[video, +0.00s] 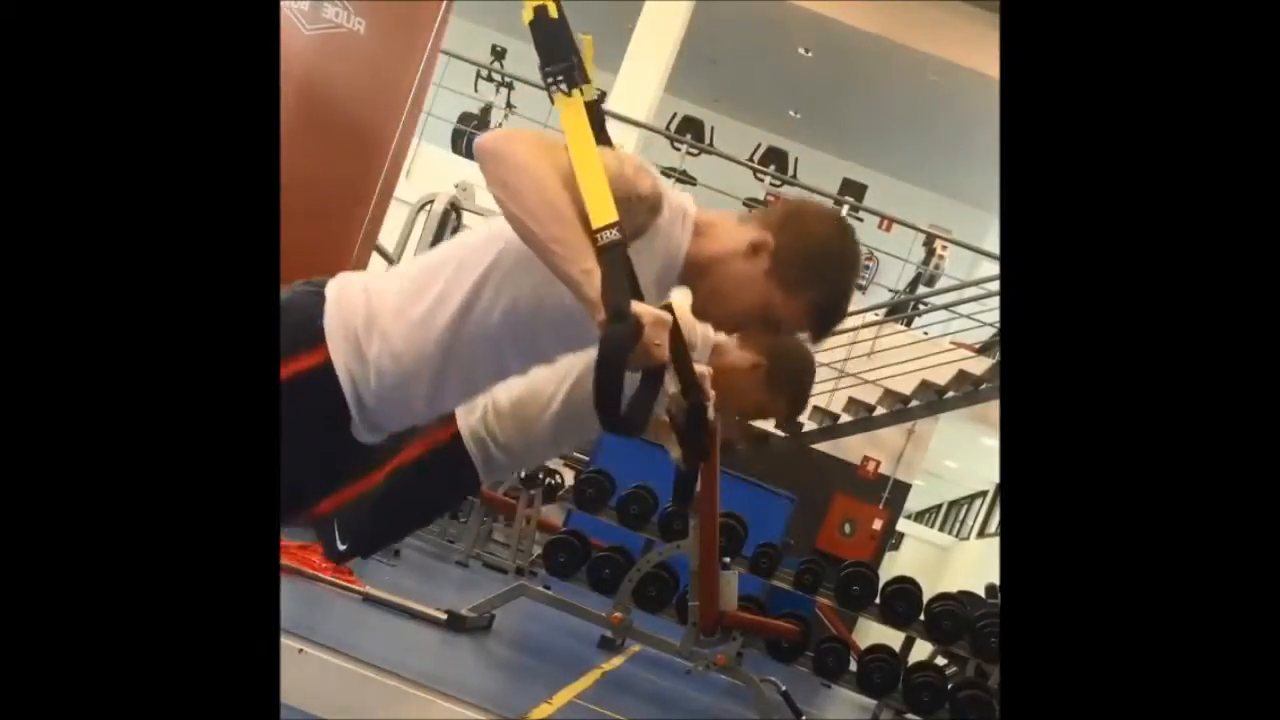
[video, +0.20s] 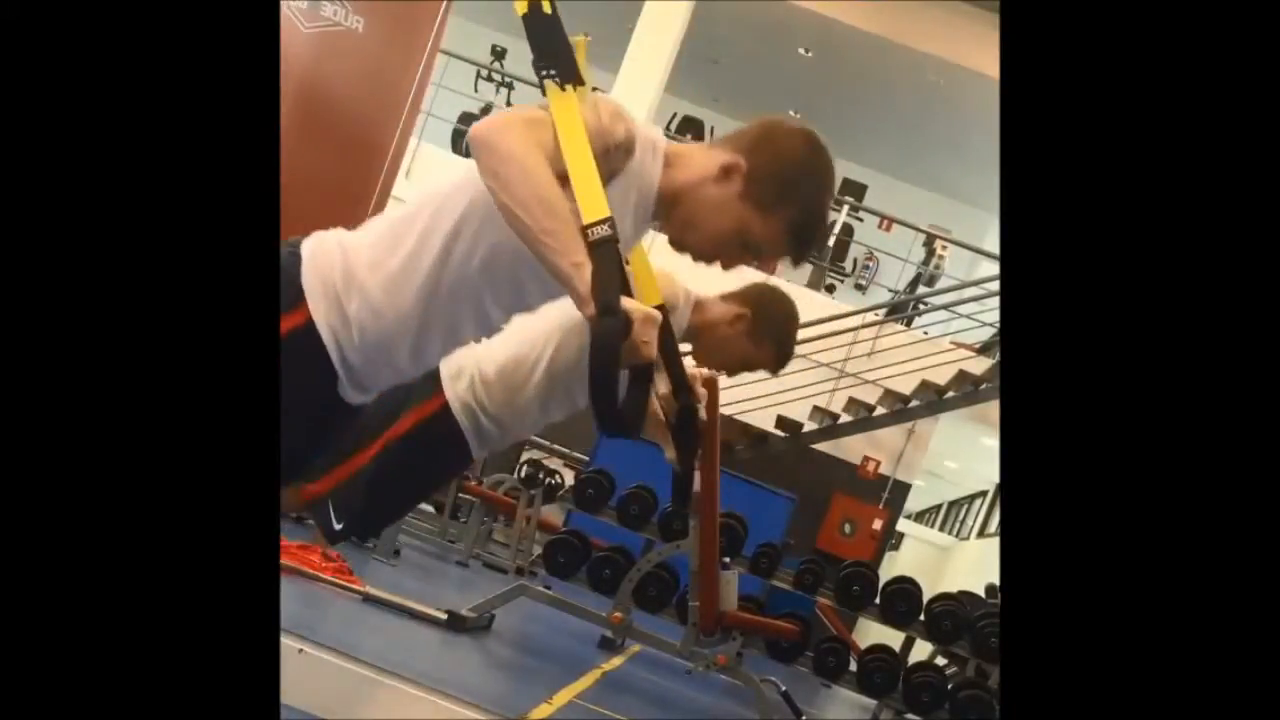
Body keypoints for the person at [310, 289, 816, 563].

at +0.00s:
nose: (743, 421)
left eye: (755, 420)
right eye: (754, 409)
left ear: (746, 365)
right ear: (750, 362)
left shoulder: (688, 379)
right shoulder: (681, 335)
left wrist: (694, 435)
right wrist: (692, 418)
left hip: (490, 449)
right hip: (472, 424)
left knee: (361, 524)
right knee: (344, 517)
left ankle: (330, 545)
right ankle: (314, 536)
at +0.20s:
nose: (731, 368)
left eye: (744, 366)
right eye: (744, 358)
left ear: (732, 318)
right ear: (734, 316)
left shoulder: (670, 338)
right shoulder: (656, 297)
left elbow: (625, 411)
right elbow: (612, 404)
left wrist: (675, 430)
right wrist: (666, 408)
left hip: (479, 423)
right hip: (461, 398)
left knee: (347, 517)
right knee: (323, 506)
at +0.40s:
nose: (722, 335)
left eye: (735, 333)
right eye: (734, 325)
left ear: (716, 277)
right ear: (718, 280)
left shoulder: (654, 305)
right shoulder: (637, 271)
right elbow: (625, 413)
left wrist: (669, 399)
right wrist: (661, 408)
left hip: (460, 400)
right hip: (440, 375)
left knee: (336, 511)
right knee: (307, 483)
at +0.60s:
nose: (699, 286)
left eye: (712, 280)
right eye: (711, 272)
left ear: (697, 231)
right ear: (697, 231)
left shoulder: (631, 261)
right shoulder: (616, 230)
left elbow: (641, 345)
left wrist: (676, 386)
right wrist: (672, 387)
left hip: (451, 383)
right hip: (427, 358)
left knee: (336, 499)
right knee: (301, 475)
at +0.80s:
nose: (686, 261)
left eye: (699, 256)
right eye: (698, 247)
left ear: (676, 202)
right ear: (681, 203)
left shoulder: (621, 249)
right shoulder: (599, 213)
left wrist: (665, 391)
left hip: (445, 370)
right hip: (421, 342)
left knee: (324, 488)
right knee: (295, 457)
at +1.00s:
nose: (687, 264)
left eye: (699, 258)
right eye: (698, 249)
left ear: (675, 203)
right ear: (681, 207)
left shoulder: (623, 239)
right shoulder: (611, 220)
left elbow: (642, 332)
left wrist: (676, 383)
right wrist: (675, 379)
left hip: (442, 368)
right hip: (420, 344)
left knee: (319, 489)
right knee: (295, 465)